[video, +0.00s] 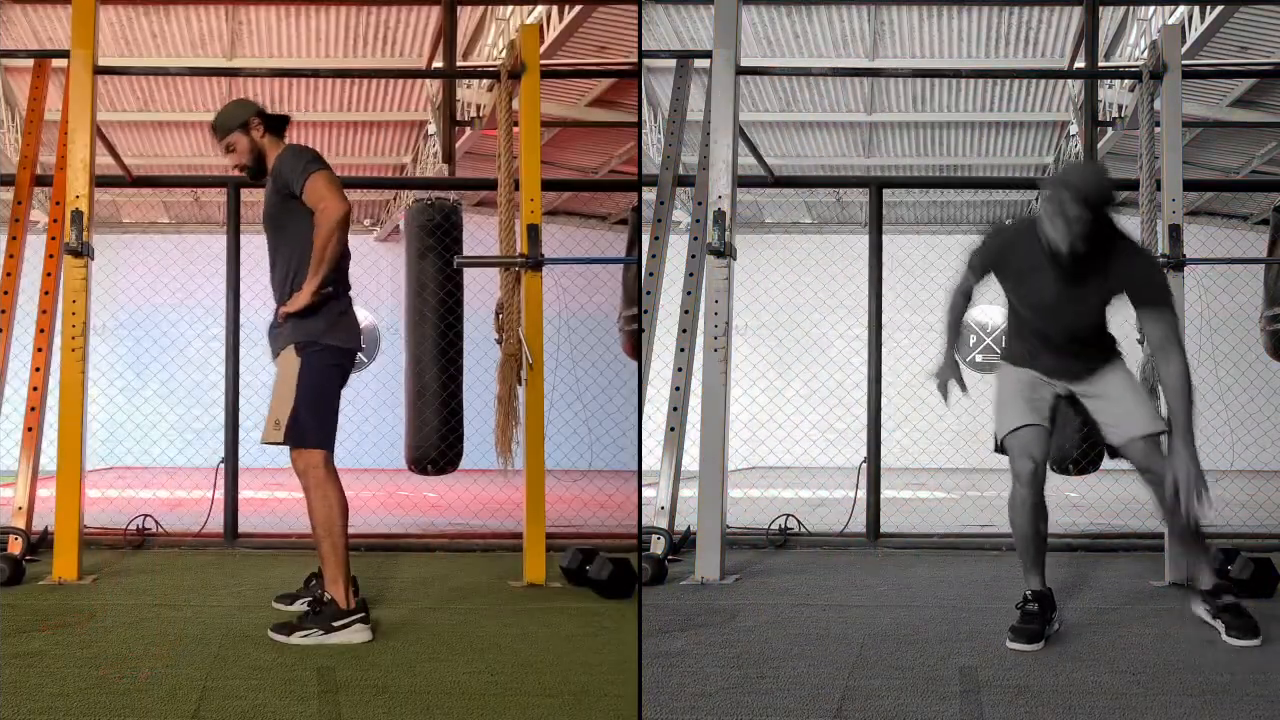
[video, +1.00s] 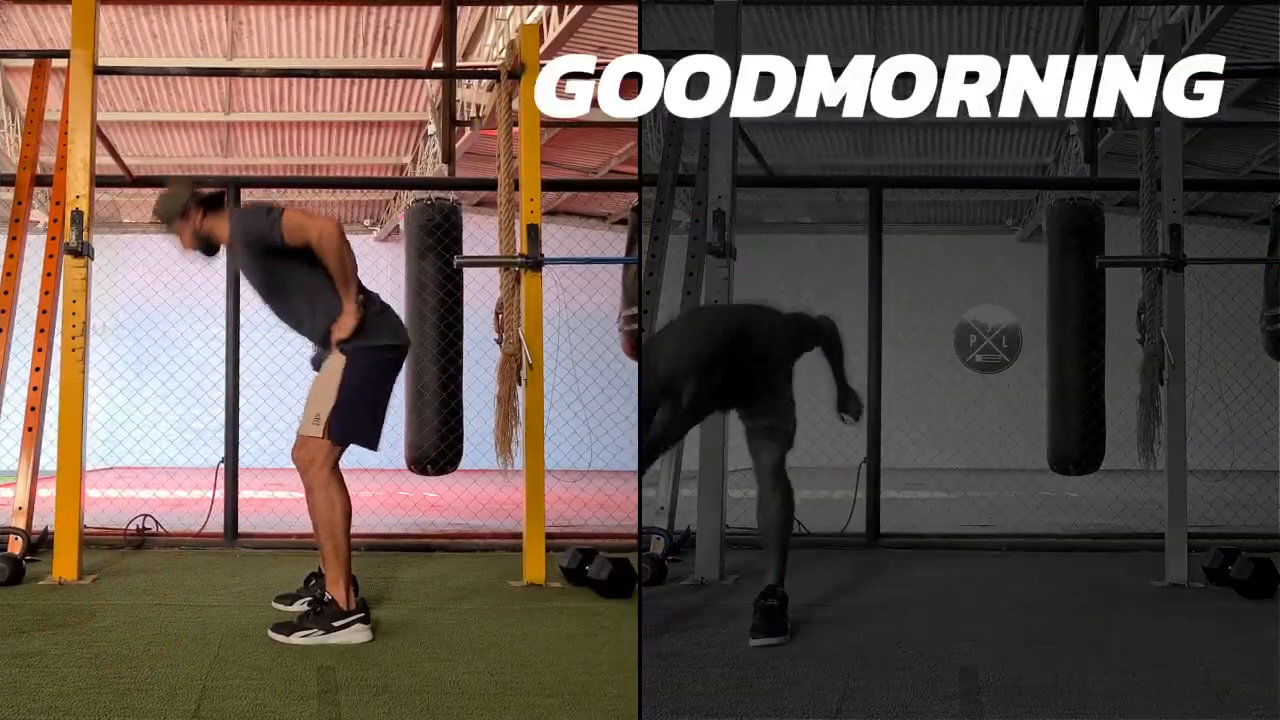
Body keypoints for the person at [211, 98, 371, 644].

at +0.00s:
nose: (230, 158)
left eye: (231, 146)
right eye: (224, 150)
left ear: (256, 129)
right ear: (255, 132)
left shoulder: (293, 159)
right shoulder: (285, 174)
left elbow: (334, 209)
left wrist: (310, 288)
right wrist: (301, 298)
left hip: (317, 340)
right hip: (312, 340)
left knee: (311, 462)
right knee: (310, 462)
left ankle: (342, 603)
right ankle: (332, 582)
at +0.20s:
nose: (193, 227)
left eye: (188, 215)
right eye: (185, 220)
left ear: (206, 191)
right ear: (207, 192)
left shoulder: (253, 206)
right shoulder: (250, 216)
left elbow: (323, 220)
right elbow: (320, 225)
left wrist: (344, 298)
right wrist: (330, 310)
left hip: (356, 339)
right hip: (349, 340)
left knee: (316, 458)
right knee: (317, 458)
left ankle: (342, 606)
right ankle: (337, 580)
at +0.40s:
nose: (185, 335)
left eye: (177, 326)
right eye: (175, 331)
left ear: (186, 300)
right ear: (188, 299)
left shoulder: (237, 288)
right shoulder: (235, 303)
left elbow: (316, 274)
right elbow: (313, 277)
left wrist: (367, 326)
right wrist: (344, 346)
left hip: (384, 353)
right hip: (376, 354)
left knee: (318, 457)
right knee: (319, 458)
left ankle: (342, 603)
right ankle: (337, 583)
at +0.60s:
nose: (197, 403)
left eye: (186, 394)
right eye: (186, 399)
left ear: (189, 366)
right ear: (189, 364)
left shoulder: (237, 338)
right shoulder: (236, 352)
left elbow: (308, 298)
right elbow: (306, 303)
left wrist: (369, 335)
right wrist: (366, 337)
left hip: (396, 354)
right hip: (385, 356)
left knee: (321, 457)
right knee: (316, 455)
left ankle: (343, 605)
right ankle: (335, 582)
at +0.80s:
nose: (180, 356)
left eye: (173, 346)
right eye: (171, 351)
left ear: (183, 326)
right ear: (185, 324)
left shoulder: (233, 311)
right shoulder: (232, 319)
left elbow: (310, 281)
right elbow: (308, 282)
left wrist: (366, 328)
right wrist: (360, 331)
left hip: (386, 351)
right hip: (373, 353)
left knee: (318, 457)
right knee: (317, 457)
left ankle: (342, 603)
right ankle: (336, 584)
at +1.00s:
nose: (177, 238)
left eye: (175, 227)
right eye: (172, 229)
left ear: (196, 211)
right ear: (196, 213)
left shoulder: (248, 222)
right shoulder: (242, 236)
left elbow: (326, 231)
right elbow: (321, 236)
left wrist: (349, 307)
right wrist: (336, 316)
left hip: (361, 342)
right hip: (353, 342)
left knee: (313, 457)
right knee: (316, 457)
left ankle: (341, 605)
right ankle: (336, 579)